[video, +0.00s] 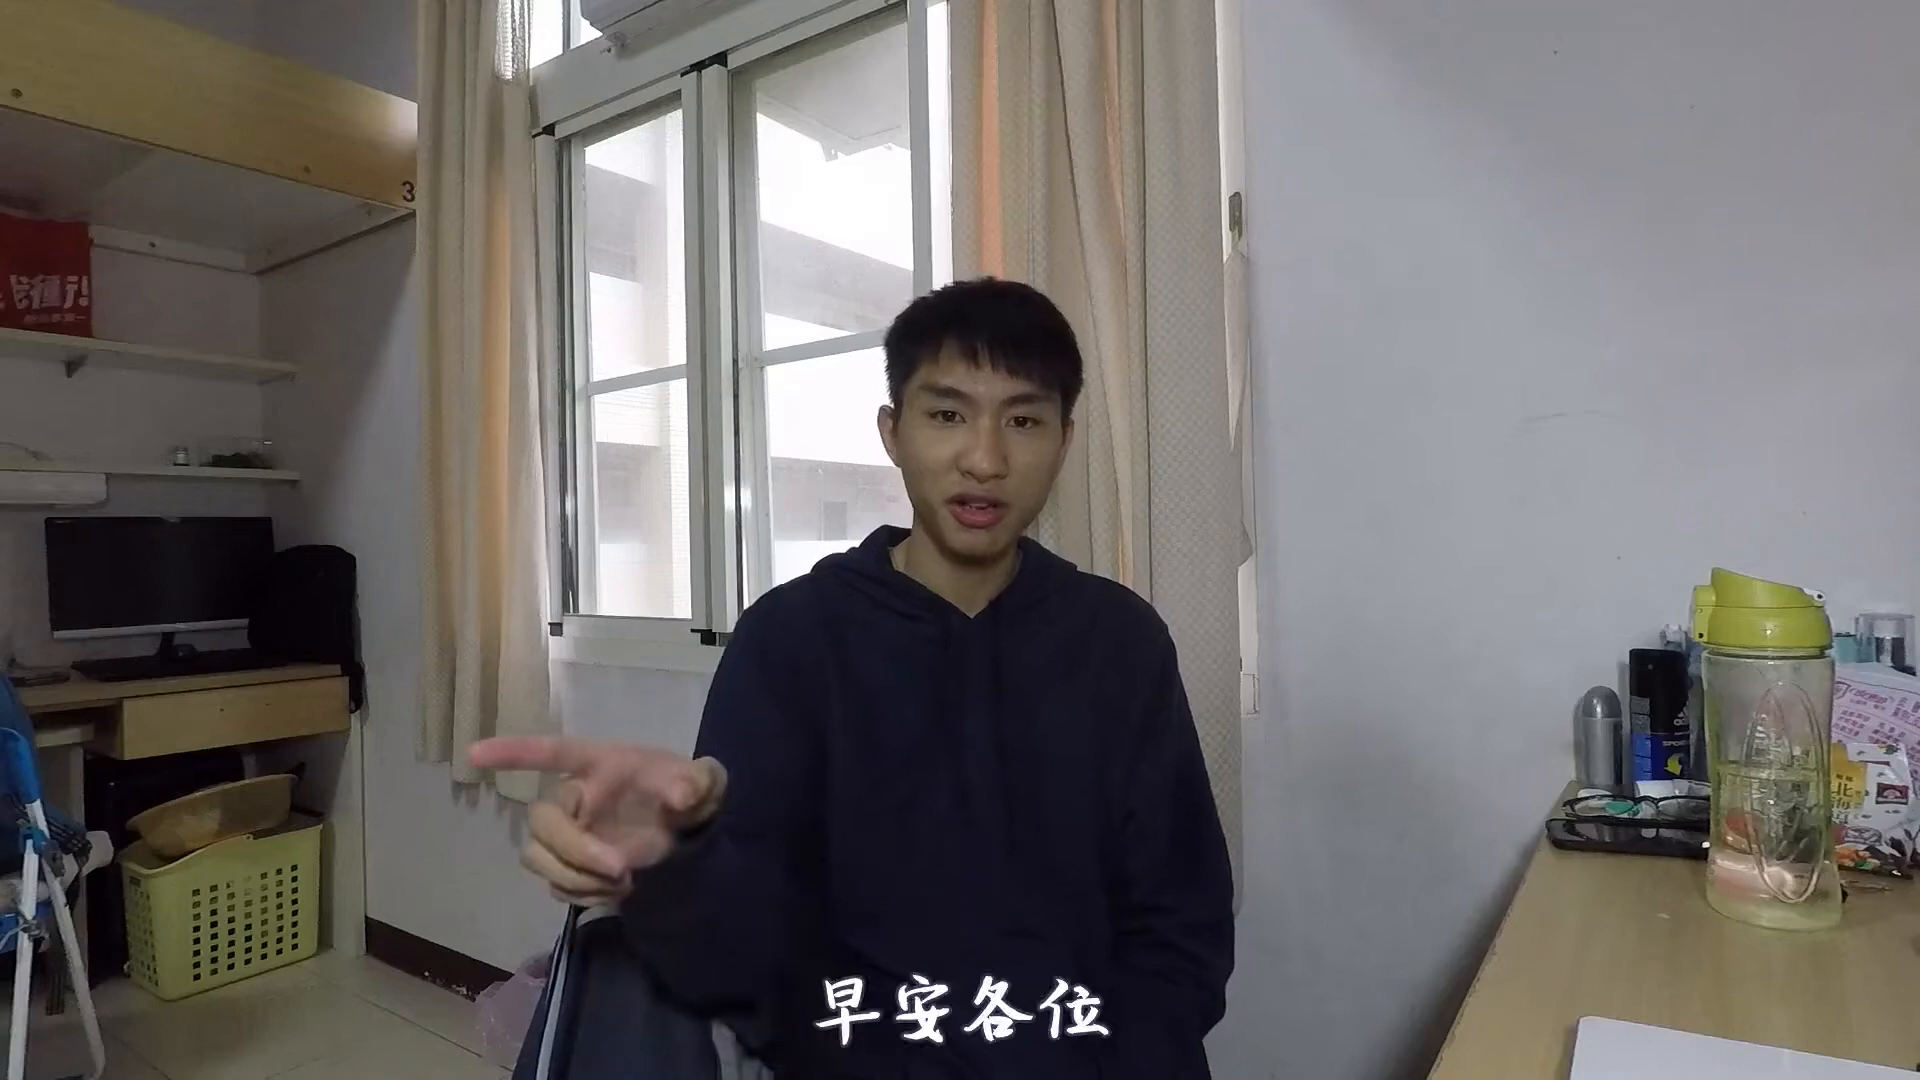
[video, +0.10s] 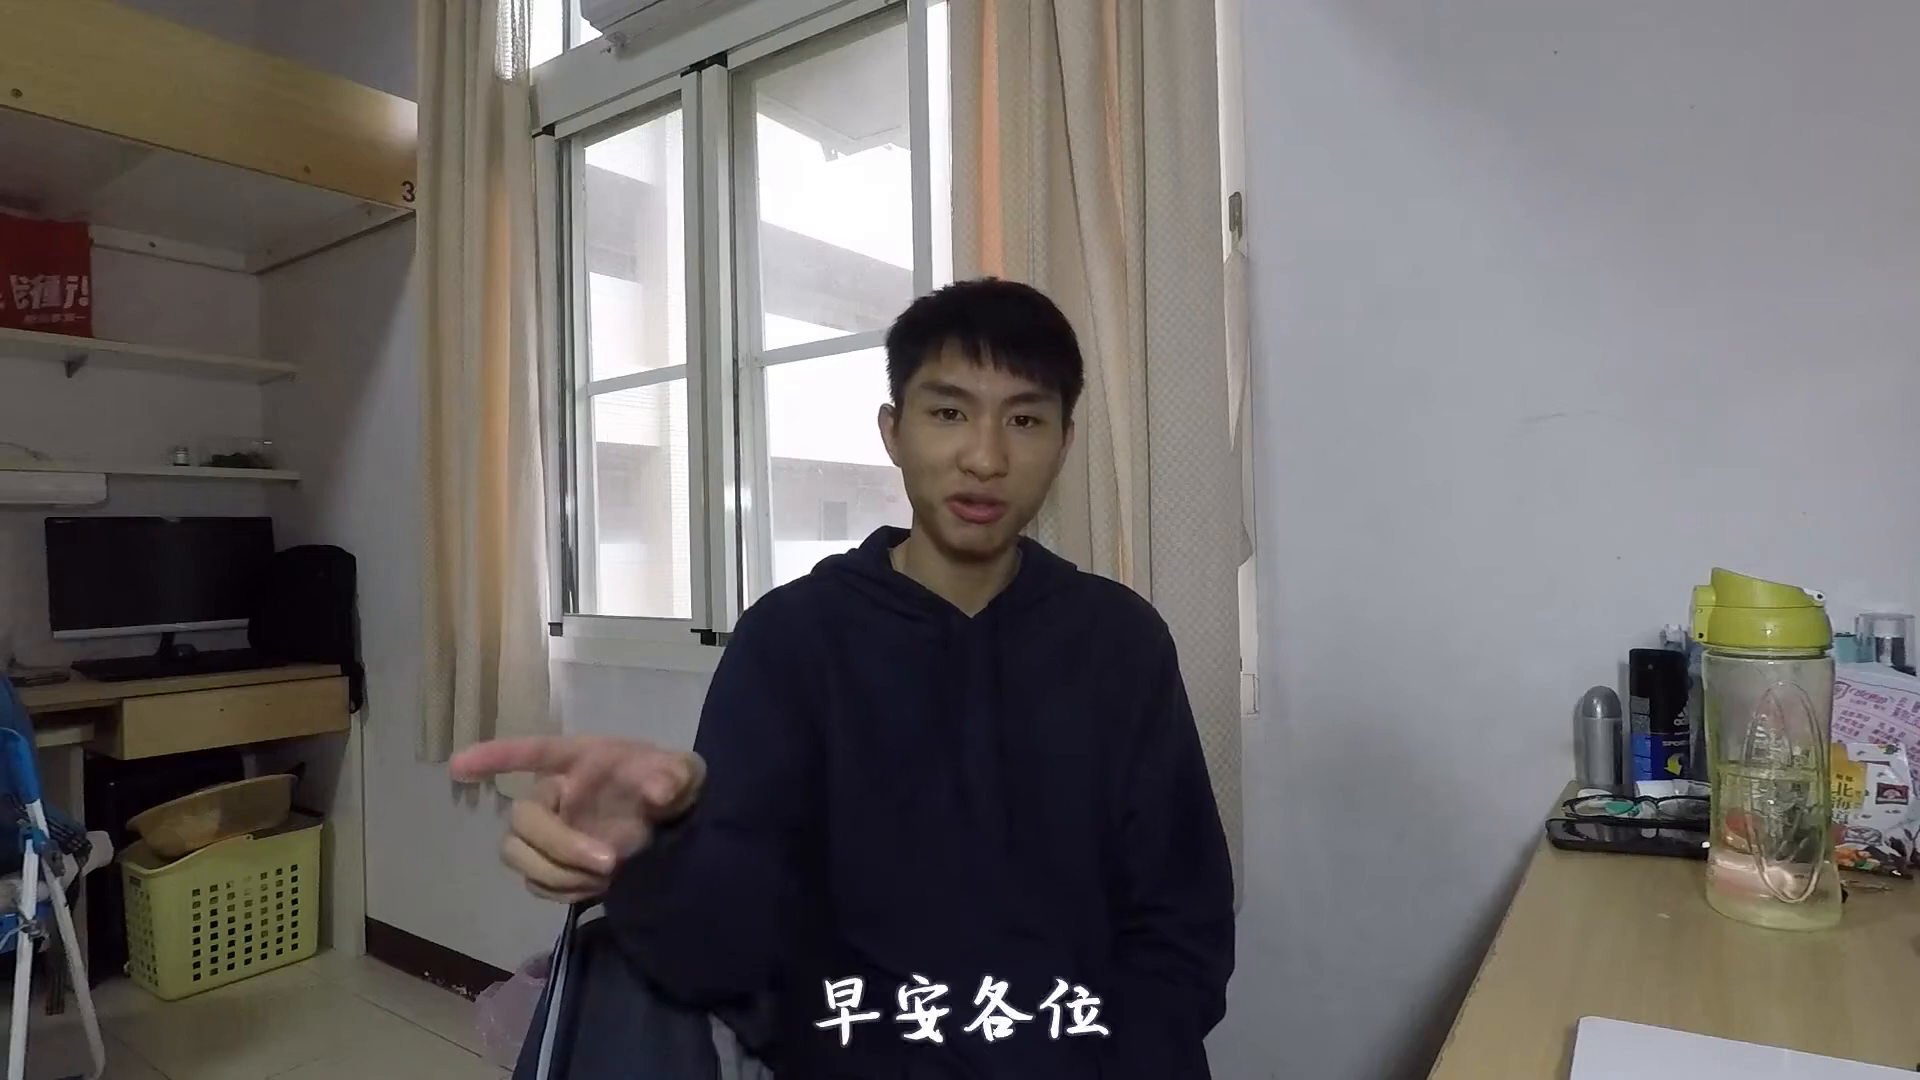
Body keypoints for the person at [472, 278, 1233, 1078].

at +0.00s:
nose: (984, 459)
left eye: (1024, 421)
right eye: (948, 415)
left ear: (1063, 444)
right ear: (891, 432)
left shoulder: (1120, 641)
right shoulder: (791, 637)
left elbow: (1184, 924)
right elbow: (741, 964)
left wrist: (1133, 1056)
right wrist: (669, 860)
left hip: (1072, 1053)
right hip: (854, 1053)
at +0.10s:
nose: (984, 457)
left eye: (1024, 419)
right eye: (949, 412)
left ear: (1064, 444)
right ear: (893, 432)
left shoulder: (1121, 642)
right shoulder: (790, 638)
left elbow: (1184, 929)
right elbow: (737, 955)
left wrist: (1127, 1049)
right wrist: (653, 848)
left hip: (1069, 1043)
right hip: (847, 1046)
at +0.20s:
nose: (981, 457)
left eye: (1022, 421)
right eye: (947, 413)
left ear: (1061, 444)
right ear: (890, 430)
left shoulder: (1121, 642)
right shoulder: (790, 637)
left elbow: (1185, 924)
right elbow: (732, 939)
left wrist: (1120, 1047)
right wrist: (644, 854)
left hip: (1073, 1048)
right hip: (855, 1050)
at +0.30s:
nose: (981, 458)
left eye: (1019, 421)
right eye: (945, 414)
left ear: (1060, 441)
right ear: (890, 430)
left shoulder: (1121, 641)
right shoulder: (788, 637)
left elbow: (1185, 921)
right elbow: (723, 955)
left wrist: (1127, 1052)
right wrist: (655, 845)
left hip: (1075, 1049)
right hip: (853, 1051)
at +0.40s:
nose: (983, 457)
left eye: (1022, 421)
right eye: (945, 414)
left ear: (1060, 446)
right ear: (889, 434)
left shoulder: (1118, 639)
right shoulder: (788, 637)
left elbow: (1187, 925)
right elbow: (724, 969)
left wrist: (1117, 1044)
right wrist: (680, 859)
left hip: (1073, 1043)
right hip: (854, 1044)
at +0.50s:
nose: (982, 460)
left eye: (1020, 423)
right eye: (946, 416)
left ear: (1061, 441)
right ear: (891, 431)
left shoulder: (1121, 641)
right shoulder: (790, 637)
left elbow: (1186, 924)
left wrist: (1132, 1049)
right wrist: (675, 853)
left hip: (1073, 1047)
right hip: (852, 1051)